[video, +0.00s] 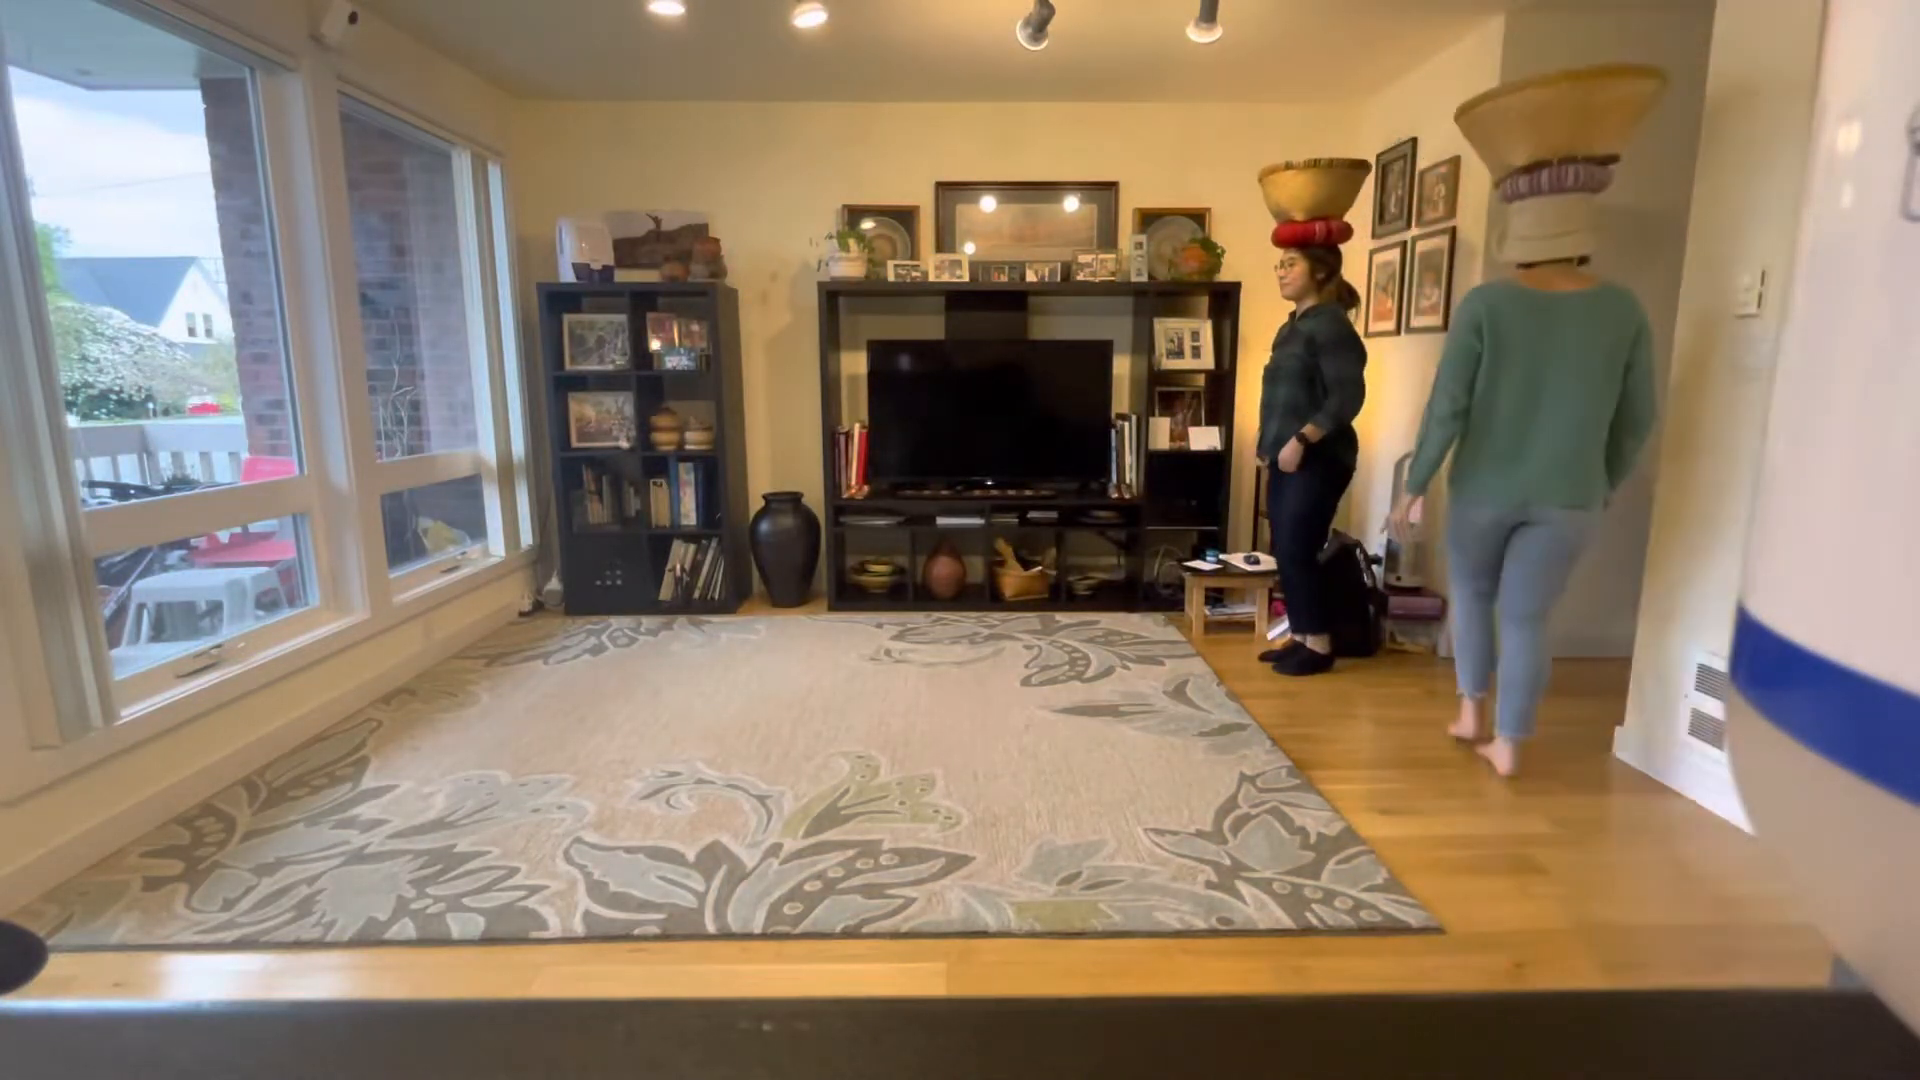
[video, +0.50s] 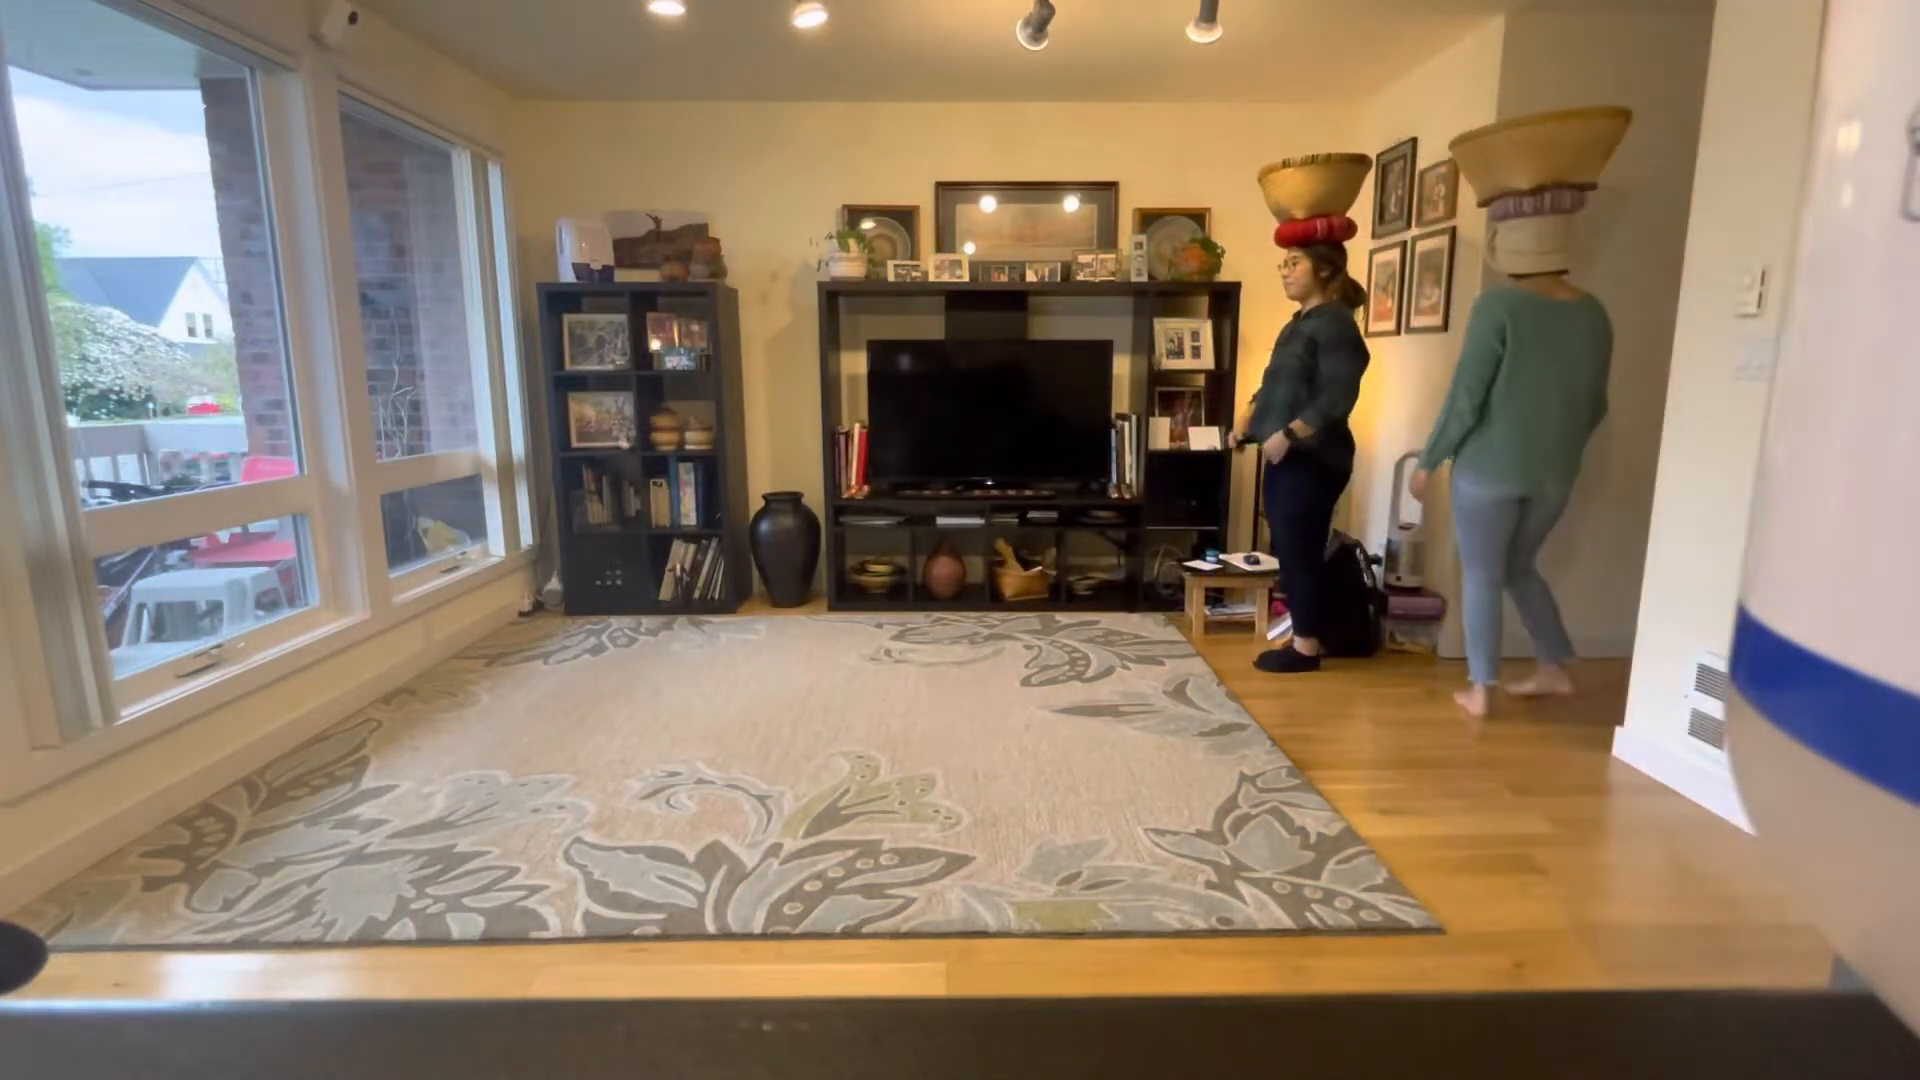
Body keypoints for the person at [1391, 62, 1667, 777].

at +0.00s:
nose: (1508, 255)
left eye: (1510, 246)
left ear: (1519, 246)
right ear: (1581, 244)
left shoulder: (1486, 303)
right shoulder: (1623, 309)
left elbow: (1448, 406)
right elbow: (1639, 417)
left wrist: (1414, 486)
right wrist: (1604, 479)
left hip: (1488, 486)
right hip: (1570, 493)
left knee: (1470, 592)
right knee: (1526, 615)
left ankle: (1471, 711)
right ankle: (1508, 748)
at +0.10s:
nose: (1507, 258)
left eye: (1509, 248)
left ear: (1517, 248)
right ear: (1576, 247)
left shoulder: (1487, 306)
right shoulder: (1615, 311)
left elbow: (1451, 404)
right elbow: (1625, 417)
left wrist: (1416, 482)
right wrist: (1588, 465)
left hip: (1486, 479)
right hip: (1564, 486)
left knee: (1475, 588)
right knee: (1527, 611)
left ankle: (1469, 694)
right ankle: (1509, 744)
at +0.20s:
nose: (1502, 254)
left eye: (1505, 246)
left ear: (1509, 252)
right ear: (1568, 254)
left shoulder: (1483, 313)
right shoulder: (1602, 316)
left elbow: (1453, 409)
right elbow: (1608, 415)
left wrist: (1421, 482)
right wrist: (1569, 460)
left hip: (1483, 479)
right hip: (1558, 483)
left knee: (1478, 582)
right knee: (1524, 601)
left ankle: (1479, 690)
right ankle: (1518, 719)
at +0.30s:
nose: (1497, 255)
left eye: (1500, 248)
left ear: (1505, 252)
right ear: (1563, 253)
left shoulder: (1483, 313)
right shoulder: (1594, 316)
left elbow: (1456, 408)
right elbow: (1597, 411)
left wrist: (1424, 480)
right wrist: (1562, 451)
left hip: (1481, 473)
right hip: (1551, 477)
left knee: (1478, 579)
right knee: (1527, 587)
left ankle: (1477, 689)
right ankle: (1542, 688)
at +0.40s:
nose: (1498, 262)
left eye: (1501, 254)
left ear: (1507, 259)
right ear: (1560, 258)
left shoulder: (1489, 309)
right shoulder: (1593, 314)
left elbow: (1460, 403)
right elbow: (1596, 408)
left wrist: (1426, 473)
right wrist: (1558, 446)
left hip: (1486, 466)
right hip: (1554, 471)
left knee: (1476, 576)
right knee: (1525, 574)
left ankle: (1478, 690)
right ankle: (1557, 675)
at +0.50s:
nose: (1499, 261)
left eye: (1501, 253)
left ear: (1508, 258)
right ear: (1559, 256)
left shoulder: (1498, 305)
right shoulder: (1591, 312)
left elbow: (1467, 399)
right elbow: (1595, 404)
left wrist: (1427, 461)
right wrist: (1559, 448)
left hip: (1491, 463)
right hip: (1555, 468)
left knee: (1482, 575)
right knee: (1520, 567)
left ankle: (1480, 689)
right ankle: (1554, 667)